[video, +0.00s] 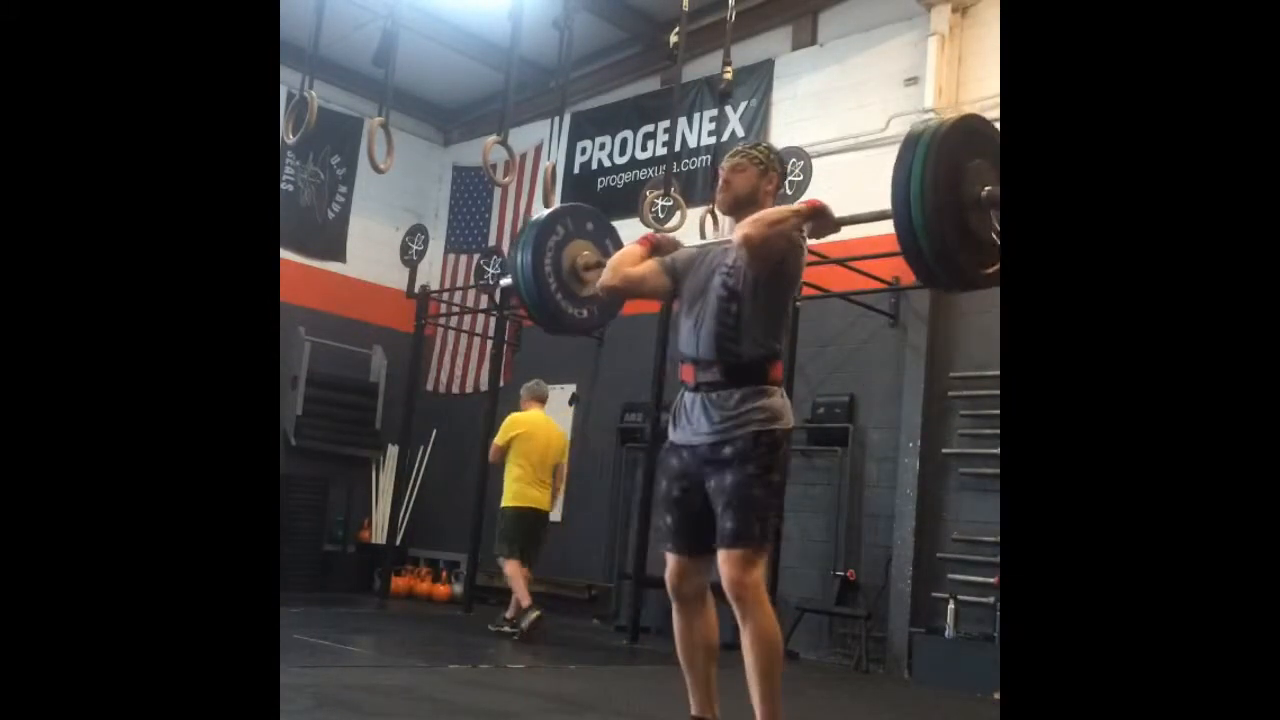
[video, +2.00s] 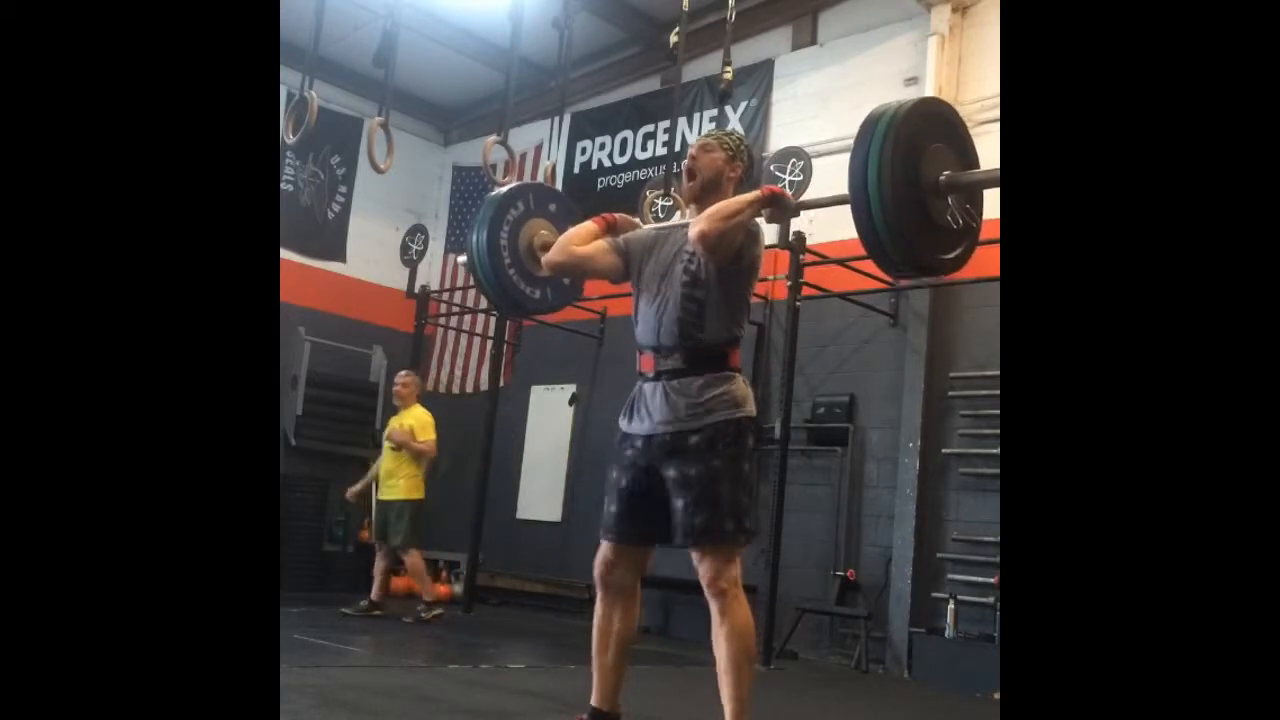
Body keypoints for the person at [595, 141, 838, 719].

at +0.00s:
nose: (724, 172)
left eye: (741, 164)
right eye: (722, 166)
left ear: (772, 184)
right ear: (718, 186)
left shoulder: (775, 242)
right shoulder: (694, 259)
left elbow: (748, 231)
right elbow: (611, 279)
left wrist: (806, 215)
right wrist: (642, 246)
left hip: (749, 417)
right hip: (688, 417)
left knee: (741, 579)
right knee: (684, 580)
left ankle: (767, 714)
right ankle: (703, 713)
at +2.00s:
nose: (687, 159)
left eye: (703, 150)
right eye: (688, 152)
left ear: (734, 169)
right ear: (684, 170)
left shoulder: (737, 232)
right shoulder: (654, 238)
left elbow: (703, 233)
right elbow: (556, 258)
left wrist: (760, 199)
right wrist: (604, 221)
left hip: (712, 414)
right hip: (645, 413)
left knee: (720, 580)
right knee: (613, 571)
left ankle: (735, 715)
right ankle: (602, 709)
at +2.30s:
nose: (680, 222)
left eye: (698, 220)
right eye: (681, 218)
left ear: (724, 248)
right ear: (672, 246)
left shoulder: (728, 307)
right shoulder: (641, 321)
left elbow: (686, 324)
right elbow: (545, 337)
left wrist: (740, 284)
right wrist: (590, 300)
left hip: (730, 485)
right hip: (663, 488)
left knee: (705, 594)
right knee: (561, 581)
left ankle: (732, 716)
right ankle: (595, 710)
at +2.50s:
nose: (671, 302)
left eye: (690, 298)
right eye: (671, 298)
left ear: (716, 323)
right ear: (661, 320)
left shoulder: (722, 389)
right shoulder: (632, 395)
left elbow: (676, 425)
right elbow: (538, 429)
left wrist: (731, 372)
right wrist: (577, 377)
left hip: (732, 547)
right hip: (657, 550)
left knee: (696, 601)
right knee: (546, 589)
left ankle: (727, 717)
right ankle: (595, 712)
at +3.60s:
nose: (686, 202)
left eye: (702, 202)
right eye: (684, 200)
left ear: (724, 232)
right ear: (670, 229)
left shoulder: (729, 294)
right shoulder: (639, 303)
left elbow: (712, 365)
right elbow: (568, 378)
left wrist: (743, 294)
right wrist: (575, 312)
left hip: (726, 459)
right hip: (657, 456)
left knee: (691, 580)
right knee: (573, 574)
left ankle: (725, 715)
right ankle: (596, 710)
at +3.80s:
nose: (715, 165)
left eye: (729, 158)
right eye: (710, 158)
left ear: (753, 177)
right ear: (700, 175)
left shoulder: (754, 228)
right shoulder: (669, 235)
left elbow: (739, 259)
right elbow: (579, 273)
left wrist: (763, 184)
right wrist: (592, 211)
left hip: (707, 402)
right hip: (643, 399)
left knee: (717, 561)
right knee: (614, 550)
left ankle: (736, 710)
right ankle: (592, 698)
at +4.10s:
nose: (695, 165)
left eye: (712, 159)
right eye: (693, 161)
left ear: (742, 179)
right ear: (684, 183)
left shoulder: (749, 235)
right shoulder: (651, 236)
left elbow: (800, 162)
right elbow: (592, 189)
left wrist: (800, 88)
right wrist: (620, 124)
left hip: (694, 416)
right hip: (628, 415)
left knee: (710, 578)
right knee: (617, 570)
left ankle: (734, 715)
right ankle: (602, 709)